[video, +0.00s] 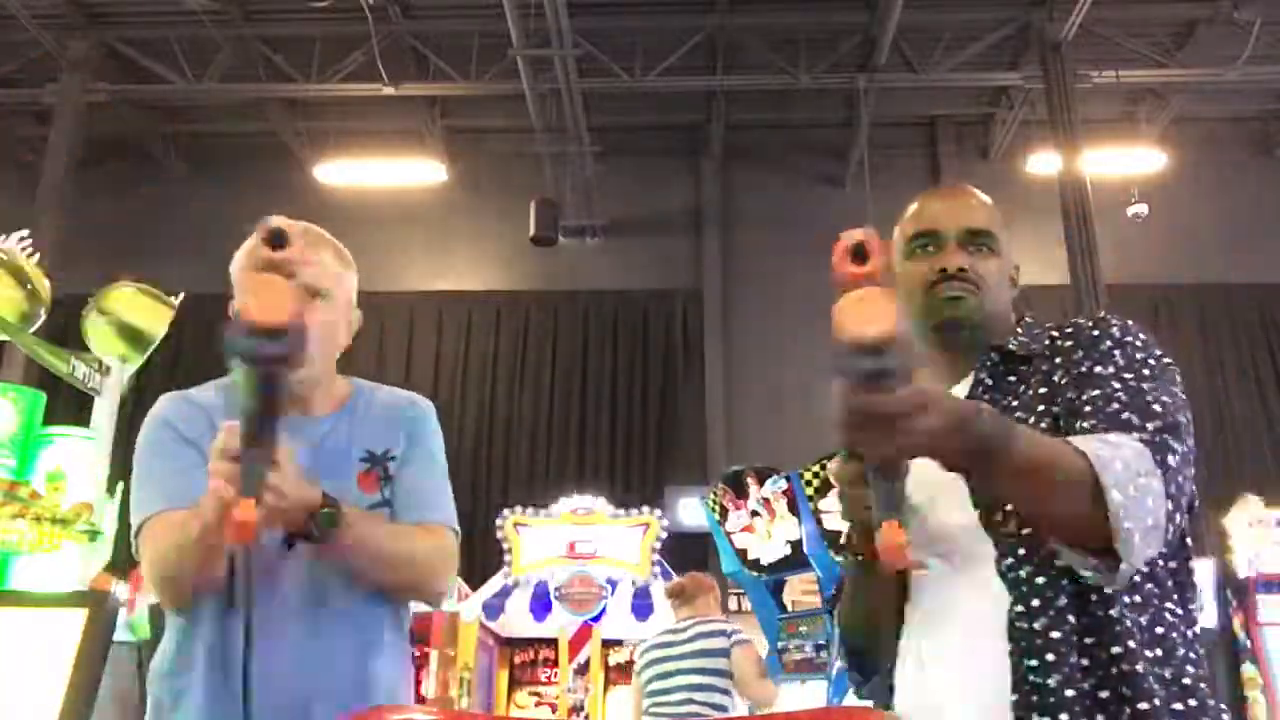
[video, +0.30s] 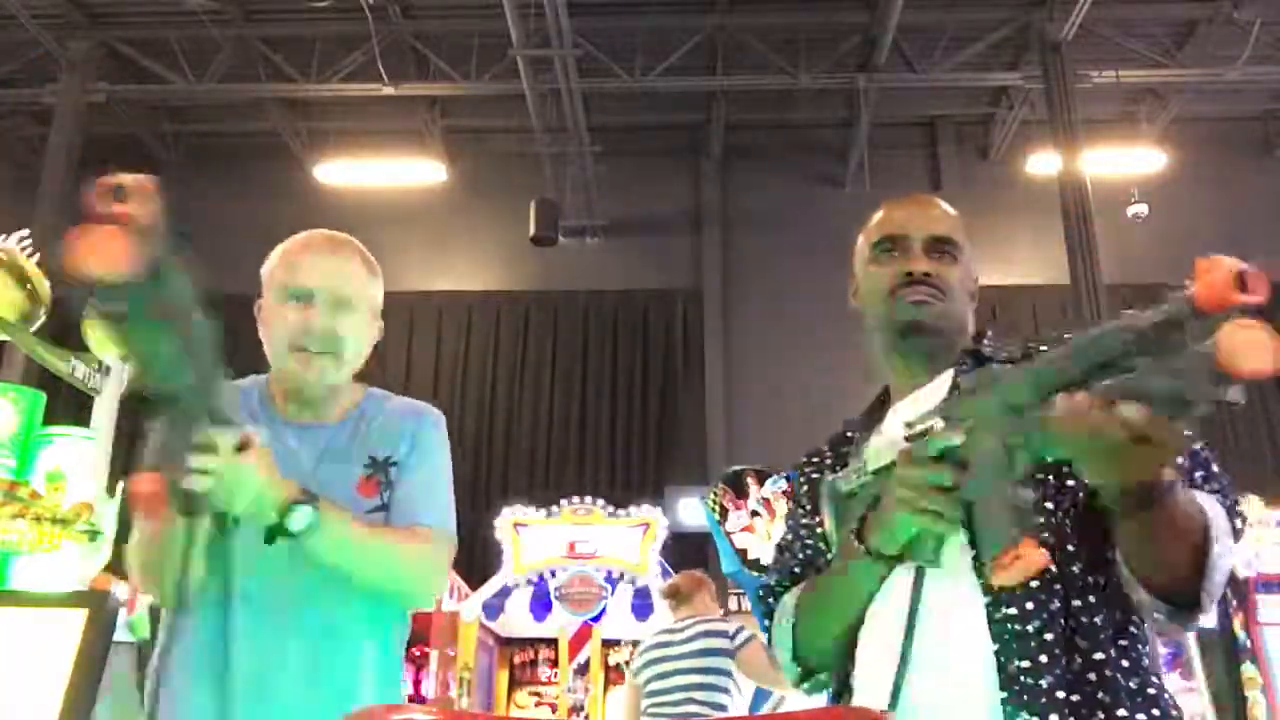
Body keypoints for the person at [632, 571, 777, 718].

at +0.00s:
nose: (721, 610)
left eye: (719, 603)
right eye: (719, 602)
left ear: (675, 608)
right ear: (713, 598)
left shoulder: (646, 647)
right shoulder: (728, 632)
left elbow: (638, 712)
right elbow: (755, 691)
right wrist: (770, 692)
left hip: (656, 714)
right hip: (708, 713)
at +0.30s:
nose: (718, 607)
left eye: (716, 600)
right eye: (715, 599)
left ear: (673, 607)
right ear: (706, 597)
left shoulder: (645, 647)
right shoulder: (729, 631)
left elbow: (630, 713)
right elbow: (777, 679)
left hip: (655, 715)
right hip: (706, 713)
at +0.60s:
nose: (718, 609)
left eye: (716, 603)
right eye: (716, 603)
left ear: (673, 611)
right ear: (711, 602)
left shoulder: (646, 650)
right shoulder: (729, 633)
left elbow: (645, 703)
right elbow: (789, 682)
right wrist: (798, 652)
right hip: (713, 712)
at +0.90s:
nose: (725, 606)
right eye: (723, 600)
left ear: (678, 610)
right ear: (718, 599)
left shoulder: (652, 647)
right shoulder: (735, 635)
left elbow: (649, 702)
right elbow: (790, 685)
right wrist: (799, 657)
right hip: (715, 713)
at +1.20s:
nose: (728, 608)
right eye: (726, 603)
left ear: (682, 612)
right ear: (721, 604)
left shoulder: (655, 646)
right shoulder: (739, 636)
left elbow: (650, 699)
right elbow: (795, 686)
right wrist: (800, 654)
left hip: (662, 715)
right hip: (715, 713)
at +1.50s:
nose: (731, 609)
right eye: (728, 602)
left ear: (684, 612)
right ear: (722, 603)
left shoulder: (656, 647)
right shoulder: (742, 637)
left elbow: (651, 701)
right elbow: (792, 688)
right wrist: (802, 659)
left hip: (662, 716)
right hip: (715, 713)